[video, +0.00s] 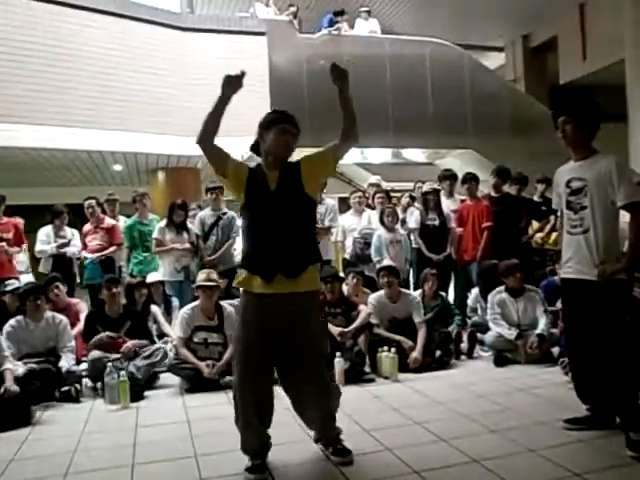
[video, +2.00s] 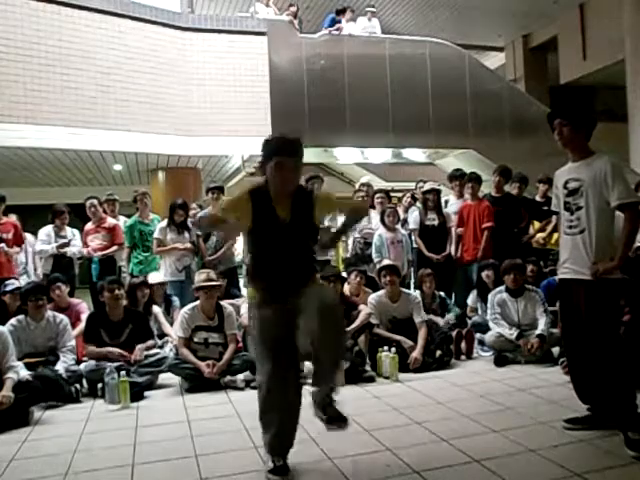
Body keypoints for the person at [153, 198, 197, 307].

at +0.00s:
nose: (179, 219)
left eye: (182, 216)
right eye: (177, 215)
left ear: (186, 216)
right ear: (171, 214)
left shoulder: (188, 228)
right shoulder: (162, 227)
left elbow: (194, 247)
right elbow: (155, 249)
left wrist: (185, 247)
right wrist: (172, 247)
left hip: (186, 270)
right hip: (169, 271)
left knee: (187, 303)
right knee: (174, 304)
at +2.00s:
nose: (179, 218)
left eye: (182, 215)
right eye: (177, 215)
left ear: (186, 215)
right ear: (172, 213)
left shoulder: (189, 227)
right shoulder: (163, 227)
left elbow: (196, 247)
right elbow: (156, 249)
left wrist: (188, 247)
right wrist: (174, 247)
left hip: (188, 269)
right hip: (171, 270)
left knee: (188, 304)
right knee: (175, 305)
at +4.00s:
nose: (182, 220)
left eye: (185, 218)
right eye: (180, 217)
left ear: (189, 218)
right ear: (175, 216)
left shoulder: (193, 231)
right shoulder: (166, 230)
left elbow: (200, 250)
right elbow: (160, 252)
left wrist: (193, 249)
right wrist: (178, 249)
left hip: (191, 274)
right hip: (174, 274)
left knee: (192, 308)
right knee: (180, 309)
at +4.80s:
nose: (182, 214)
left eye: (185, 211)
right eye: (180, 211)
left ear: (189, 214)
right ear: (175, 212)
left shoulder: (192, 231)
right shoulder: (166, 230)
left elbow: (199, 250)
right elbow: (159, 251)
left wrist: (193, 249)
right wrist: (178, 249)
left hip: (191, 274)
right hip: (174, 274)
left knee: (192, 309)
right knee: (179, 309)